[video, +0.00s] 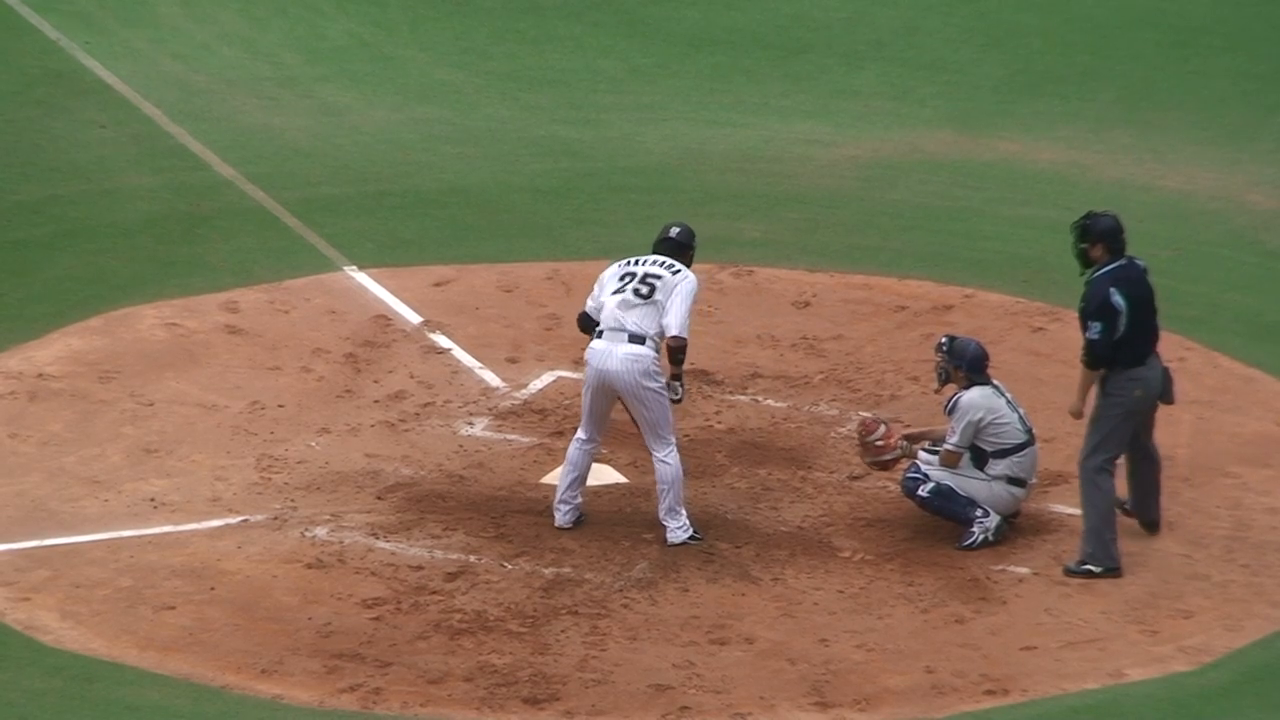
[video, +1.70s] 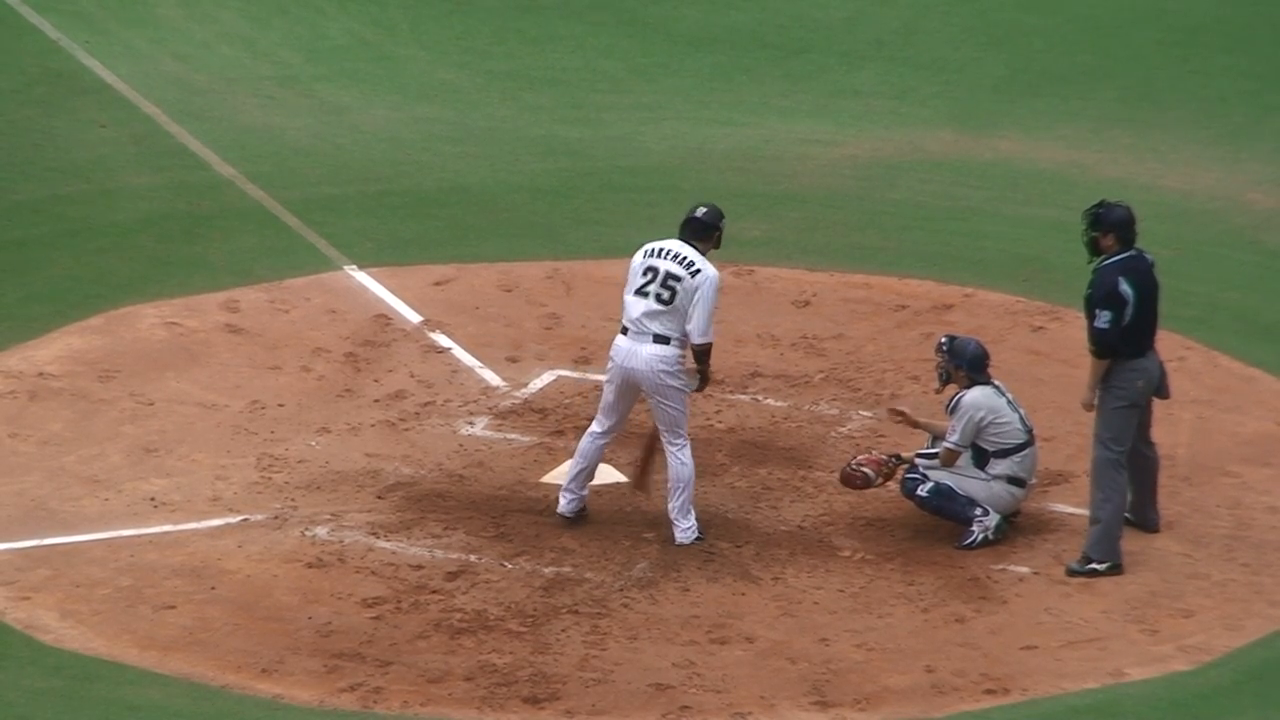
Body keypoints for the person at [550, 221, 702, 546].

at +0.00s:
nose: (691, 259)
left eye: (690, 254)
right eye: (691, 253)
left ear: (656, 246)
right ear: (687, 253)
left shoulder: (620, 265)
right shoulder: (684, 277)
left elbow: (586, 320)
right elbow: (675, 341)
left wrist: (615, 343)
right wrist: (676, 377)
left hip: (598, 351)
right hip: (639, 357)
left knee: (586, 436)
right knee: (663, 448)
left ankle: (564, 512)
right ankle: (677, 527)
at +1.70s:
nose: (716, 242)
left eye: (718, 236)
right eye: (716, 237)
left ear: (683, 228)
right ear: (710, 237)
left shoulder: (646, 250)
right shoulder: (705, 273)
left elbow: (631, 302)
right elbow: (699, 337)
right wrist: (704, 372)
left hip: (623, 347)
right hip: (662, 358)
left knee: (601, 427)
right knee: (676, 443)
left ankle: (569, 501)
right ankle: (684, 528)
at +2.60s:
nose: (599, 223)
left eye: (601, 220)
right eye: (637, 220)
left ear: (605, 225)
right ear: (637, 226)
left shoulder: (590, 252)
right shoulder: (649, 269)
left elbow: (626, 270)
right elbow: (684, 306)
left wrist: (667, 264)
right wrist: (682, 269)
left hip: (604, 358)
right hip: (645, 361)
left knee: (593, 433)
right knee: (665, 442)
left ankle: (565, 510)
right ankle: (681, 527)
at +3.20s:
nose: (616, 227)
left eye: (618, 222)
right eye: (651, 223)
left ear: (620, 228)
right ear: (653, 228)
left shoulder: (601, 262)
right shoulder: (671, 270)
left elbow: (633, 272)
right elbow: (706, 305)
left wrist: (665, 262)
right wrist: (690, 271)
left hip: (616, 365)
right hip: (657, 365)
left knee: (600, 437)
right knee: (672, 444)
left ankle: (567, 512)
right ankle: (688, 527)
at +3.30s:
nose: (618, 233)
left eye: (621, 229)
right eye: (621, 229)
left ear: (625, 234)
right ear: (657, 235)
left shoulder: (605, 270)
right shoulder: (675, 274)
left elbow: (635, 287)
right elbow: (708, 313)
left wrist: (665, 269)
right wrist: (693, 279)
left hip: (623, 371)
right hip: (666, 369)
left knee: (604, 438)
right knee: (672, 446)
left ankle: (567, 511)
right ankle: (688, 527)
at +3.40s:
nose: (622, 243)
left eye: (625, 239)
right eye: (625, 239)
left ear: (629, 244)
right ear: (660, 245)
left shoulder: (609, 280)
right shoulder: (679, 284)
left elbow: (636, 300)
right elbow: (712, 323)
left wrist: (666, 278)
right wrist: (696, 288)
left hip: (627, 381)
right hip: (670, 378)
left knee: (606, 440)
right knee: (674, 450)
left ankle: (567, 510)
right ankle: (687, 528)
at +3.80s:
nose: (629, 240)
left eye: (631, 236)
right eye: (631, 236)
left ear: (635, 241)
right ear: (666, 241)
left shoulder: (614, 276)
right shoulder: (679, 284)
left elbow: (624, 316)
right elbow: (698, 333)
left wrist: (676, 294)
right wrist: (696, 301)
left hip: (621, 378)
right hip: (663, 380)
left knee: (613, 438)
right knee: (685, 448)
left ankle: (568, 507)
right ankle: (684, 526)